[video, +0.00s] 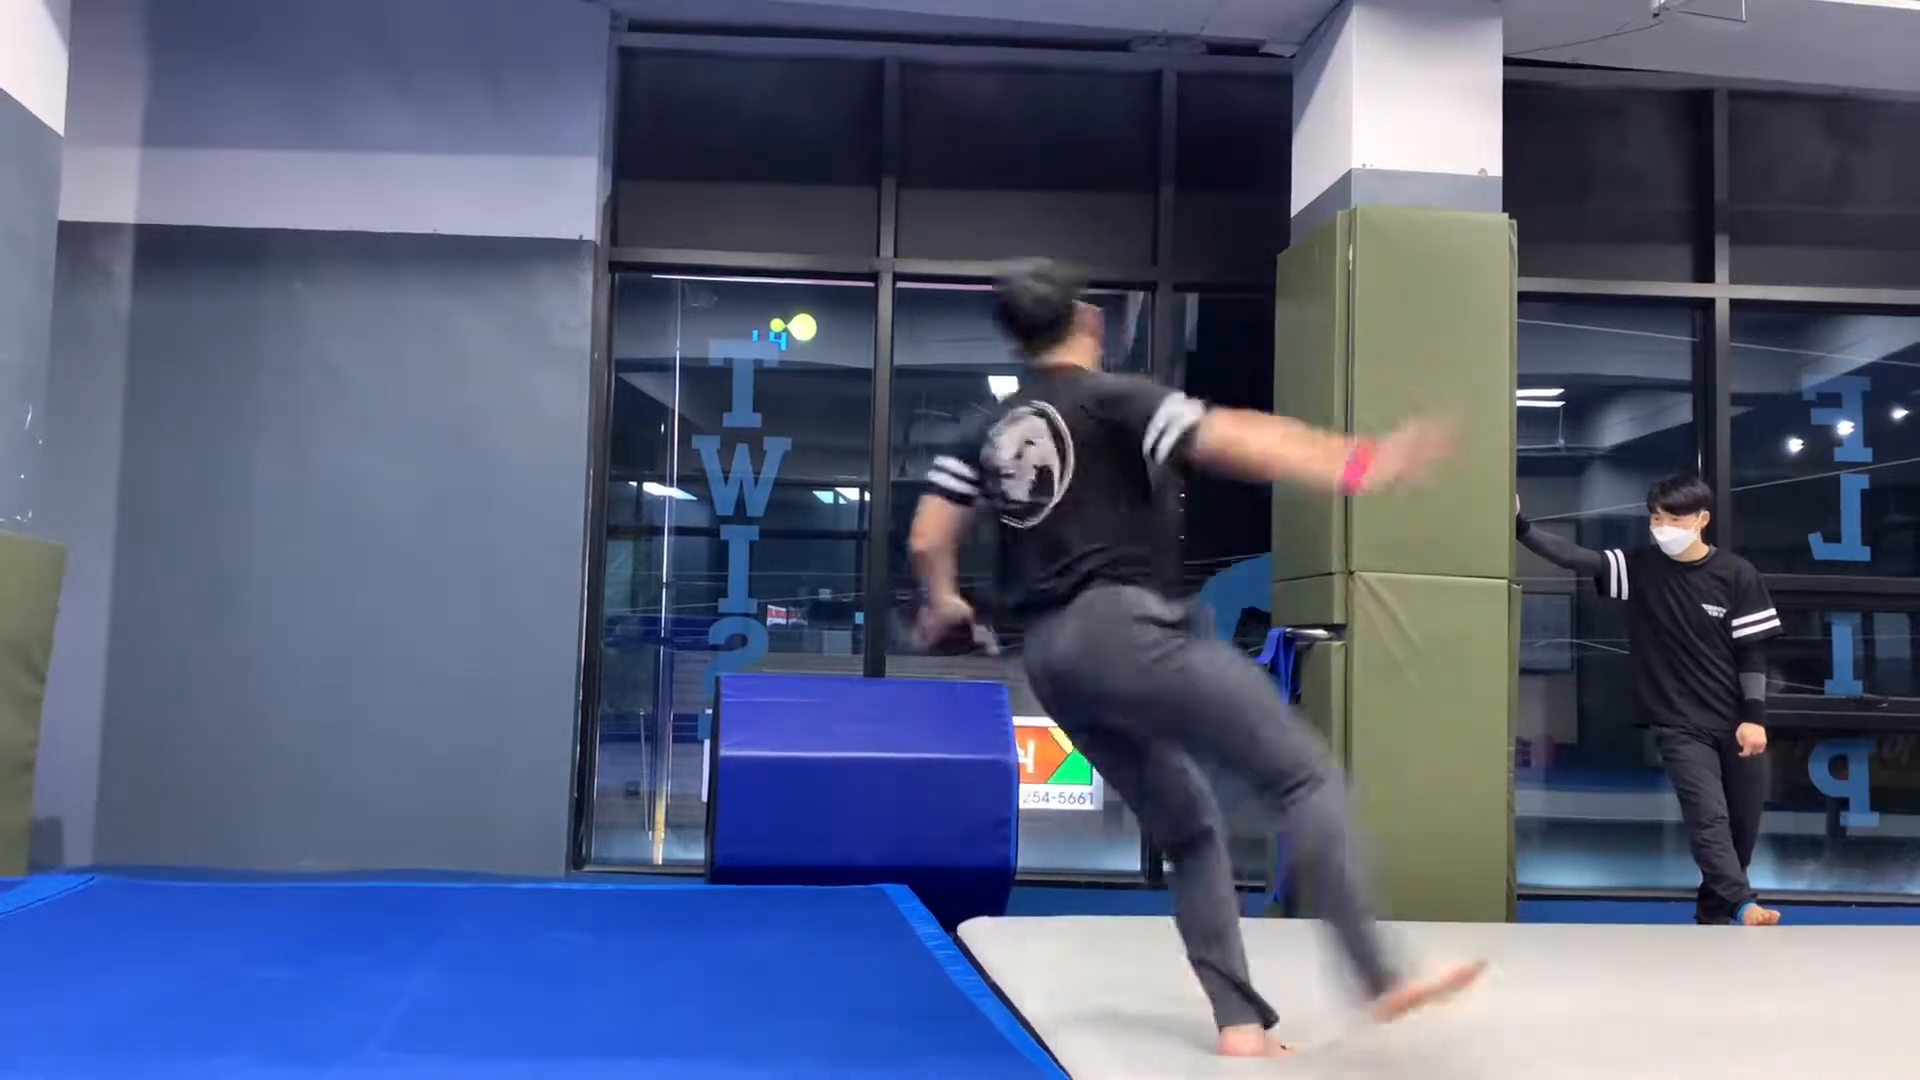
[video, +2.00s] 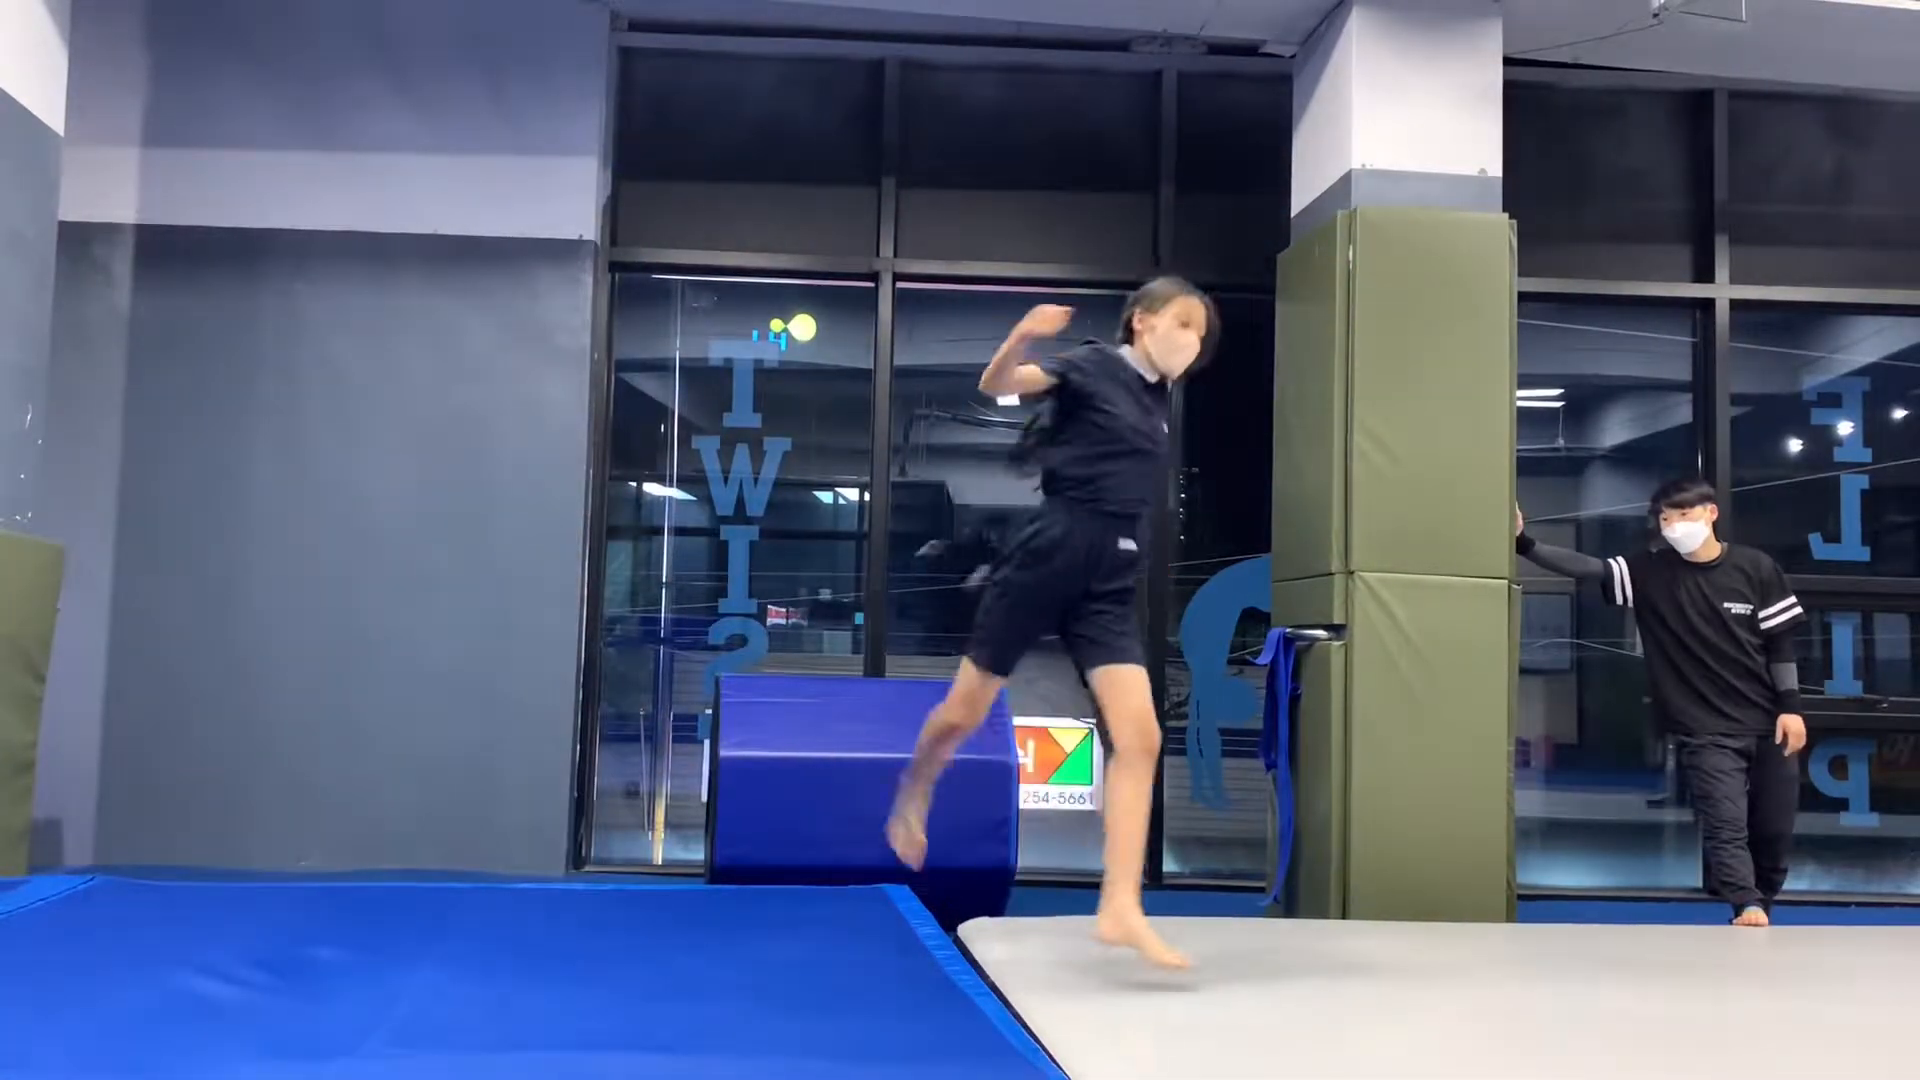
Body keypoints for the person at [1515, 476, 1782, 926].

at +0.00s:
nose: (1657, 529)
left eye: (1668, 522)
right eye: (1654, 520)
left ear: (1700, 521)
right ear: (1650, 517)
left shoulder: (1737, 575)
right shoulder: (1640, 566)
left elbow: (1751, 653)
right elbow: (1577, 557)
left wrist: (1753, 717)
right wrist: (1522, 527)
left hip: (1734, 720)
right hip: (1678, 720)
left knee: (1744, 823)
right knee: (1707, 813)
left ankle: (1711, 912)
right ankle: (1743, 904)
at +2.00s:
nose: (1671, 523)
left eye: (1681, 512)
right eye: (1664, 516)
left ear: (1710, 513)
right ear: (1658, 522)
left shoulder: (1756, 569)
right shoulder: (1650, 571)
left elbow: (1781, 644)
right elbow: (1588, 568)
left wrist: (1790, 707)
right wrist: (1525, 543)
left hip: (1767, 724)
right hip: (1704, 727)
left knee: (1776, 829)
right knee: (1725, 819)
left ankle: (1760, 901)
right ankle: (1746, 907)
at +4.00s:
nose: (1671, 523)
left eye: (1682, 513)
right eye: (1665, 515)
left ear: (1711, 513)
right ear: (1659, 521)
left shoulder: (1755, 568)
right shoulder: (1649, 569)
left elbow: (1780, 643)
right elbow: (1588, 567)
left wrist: (1790, 706)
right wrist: (1525, 543)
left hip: (1765, 722)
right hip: (1703, 725)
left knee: (1775, 826)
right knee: (1725, 817)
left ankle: (1760, 897)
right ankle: (1746, 906)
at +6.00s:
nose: (1664, 512)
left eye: (1675, 502)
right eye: (1656, 505)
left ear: (1700, 506)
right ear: (1648, 512)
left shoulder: (1740, 564)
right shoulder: (1634, 561)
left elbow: (1790, 614)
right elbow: (1576, 553)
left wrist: (1772, 670)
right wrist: (1523, 525)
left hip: (1732, 719)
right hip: (1668, 724)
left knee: (1748, 824)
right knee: (1684, 834)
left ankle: (1683, 901)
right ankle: (1717, 932)